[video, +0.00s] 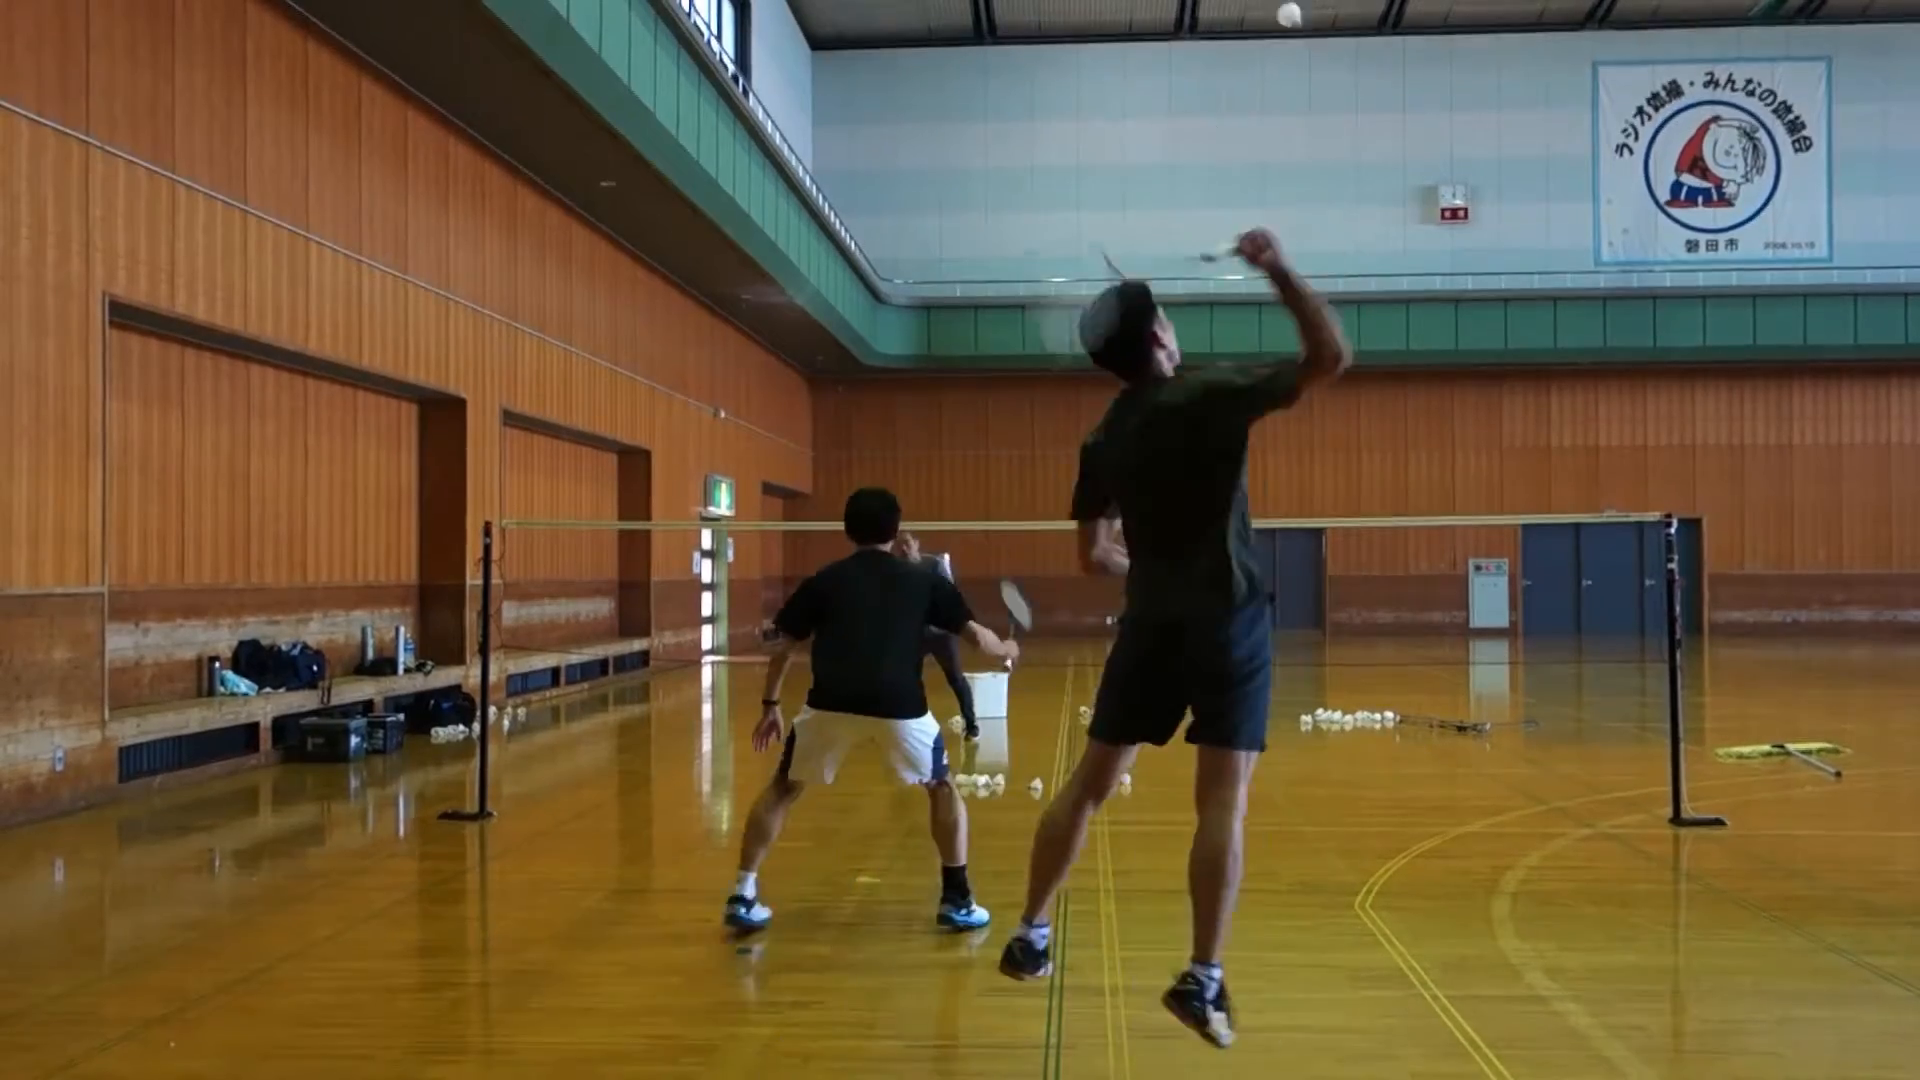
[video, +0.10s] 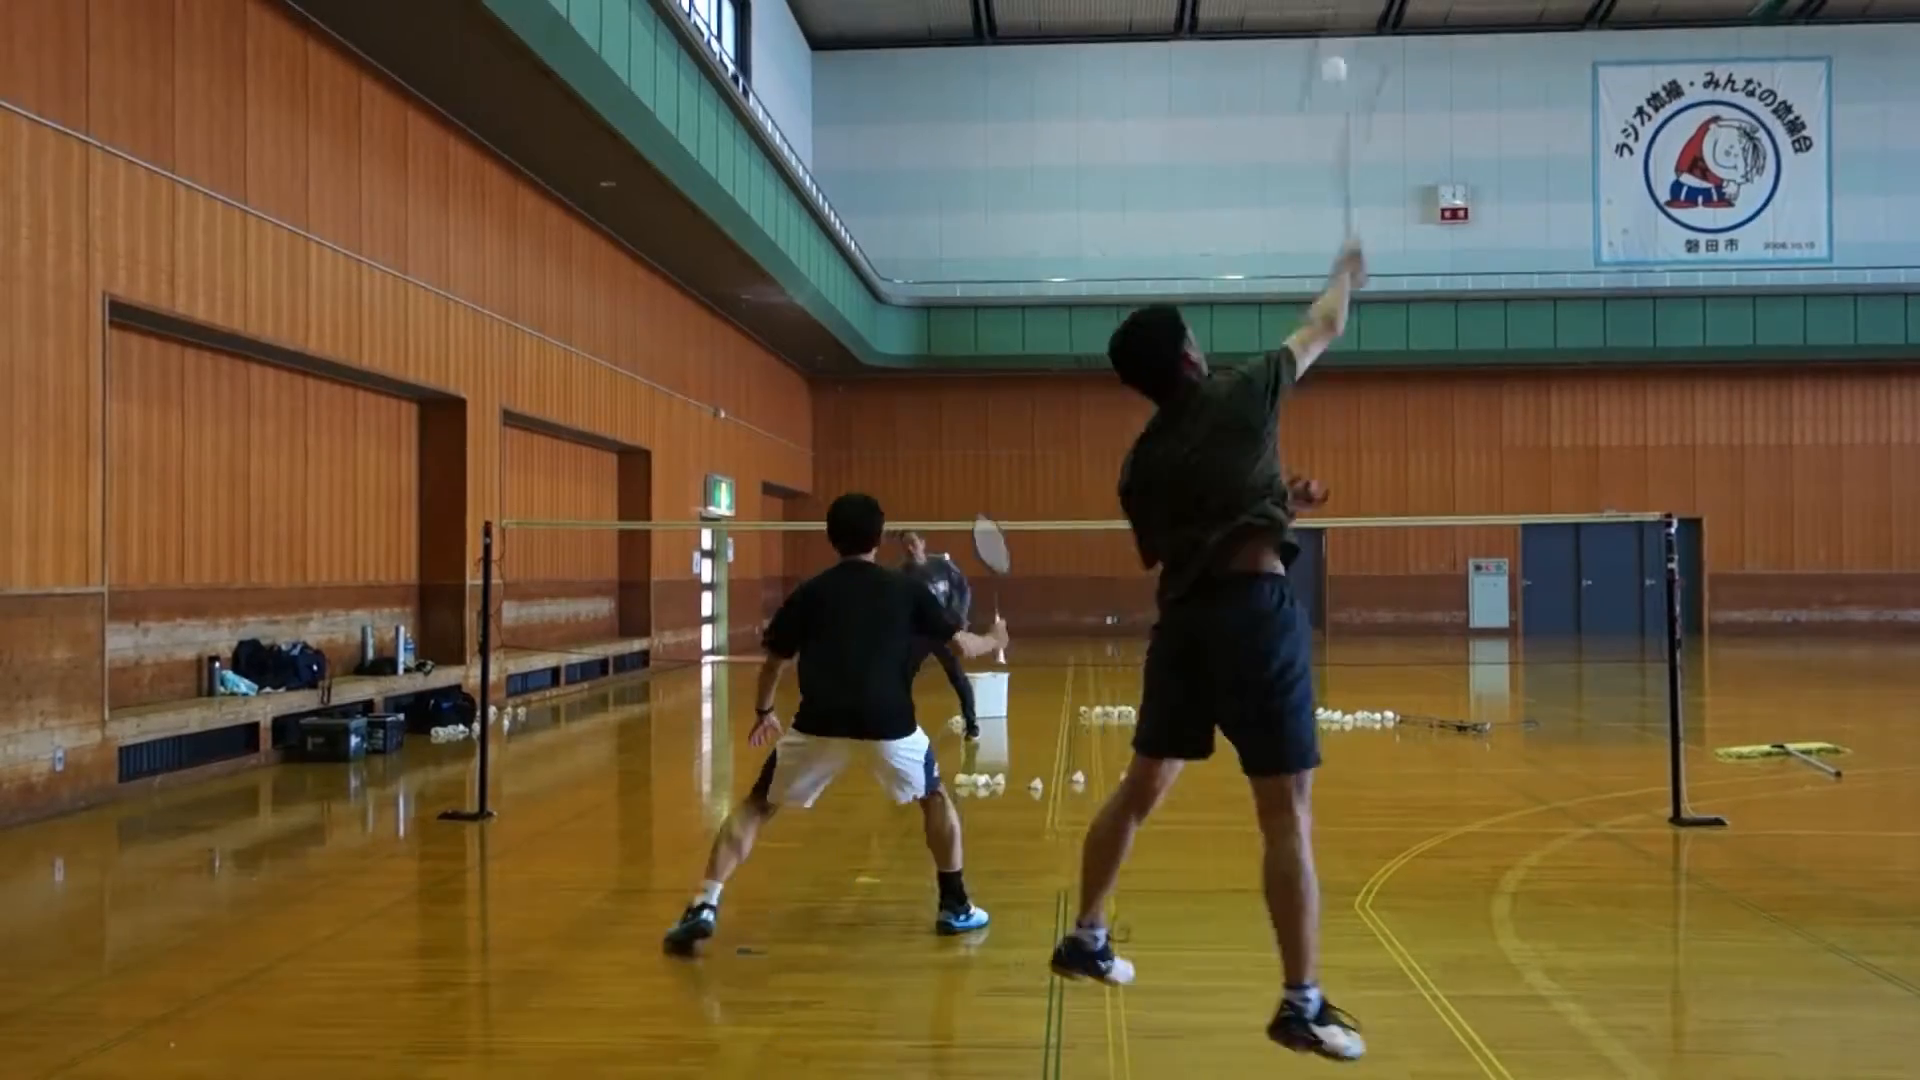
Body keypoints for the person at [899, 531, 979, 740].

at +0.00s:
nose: (904, 550)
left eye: (908, 544)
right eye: (900, 546)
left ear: (917, 545)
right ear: (894, 549)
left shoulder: (932, 565)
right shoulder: (890, 571)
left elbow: (948, 592)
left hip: (940, 628)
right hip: (912, 629)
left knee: (954, 676)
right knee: (908, 680)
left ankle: (970, 722)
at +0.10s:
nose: (911, 549)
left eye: (913, 543)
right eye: (907, 545)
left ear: (923, 543)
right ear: (903, 549)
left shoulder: (943, 565)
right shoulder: (902, 573)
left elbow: (963, 589)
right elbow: (895, 602)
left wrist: (960, 619)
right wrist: (904, 625)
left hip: (943, 632)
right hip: (916, 634)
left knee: (957, 677)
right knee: (901, 679)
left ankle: (971, 721)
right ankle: (897, 727)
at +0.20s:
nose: (916, 548)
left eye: (919, 543)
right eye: (912, 544)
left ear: (927, 543)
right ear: (907, 548)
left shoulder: (945, 566)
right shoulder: (903, 577)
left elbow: (966, 586)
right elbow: (894, 604)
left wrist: (965, 616)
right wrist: (902, 631)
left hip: (946, 631)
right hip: (916, 635)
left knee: (961, 680)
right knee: (900, 684)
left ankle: (971, 723)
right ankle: (885, 724)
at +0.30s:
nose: (917, 551)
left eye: (919, 546)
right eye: (912, 547)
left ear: (926, 547)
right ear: (907, 551)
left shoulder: (945, 571)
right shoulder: (903, 582)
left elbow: (965, 593)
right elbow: (895, 608)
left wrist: (964, 621)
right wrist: (905, 628)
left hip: (945, 634)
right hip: (916, 636)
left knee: (959, 680)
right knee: (899, 685)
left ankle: (970, 725)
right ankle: (887, 728)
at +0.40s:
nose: (916, 586)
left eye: (919, 581)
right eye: (912, 582)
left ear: (926, 582)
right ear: (906, 586)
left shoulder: (943, 605)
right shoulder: (902, 615)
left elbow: (963, 630)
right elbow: (897, 646)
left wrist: (962, 660)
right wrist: (915, 667)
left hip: (945, 671)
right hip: (916, 674)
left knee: (956, 714)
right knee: (898, 720)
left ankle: (970, 763)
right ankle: (887, 763)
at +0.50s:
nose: (914, 595)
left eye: (916, 589)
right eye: (910, 591)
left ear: (924, 590)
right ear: (905, 594)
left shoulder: (941, 612)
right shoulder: (903, 622)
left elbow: (963, 637)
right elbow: (901, 656)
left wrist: (958, 658)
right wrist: (898, 686)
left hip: (944, 678)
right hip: (917, 681)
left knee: (958, 723)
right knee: (900, 725)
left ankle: (971, 768)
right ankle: (888, 767)